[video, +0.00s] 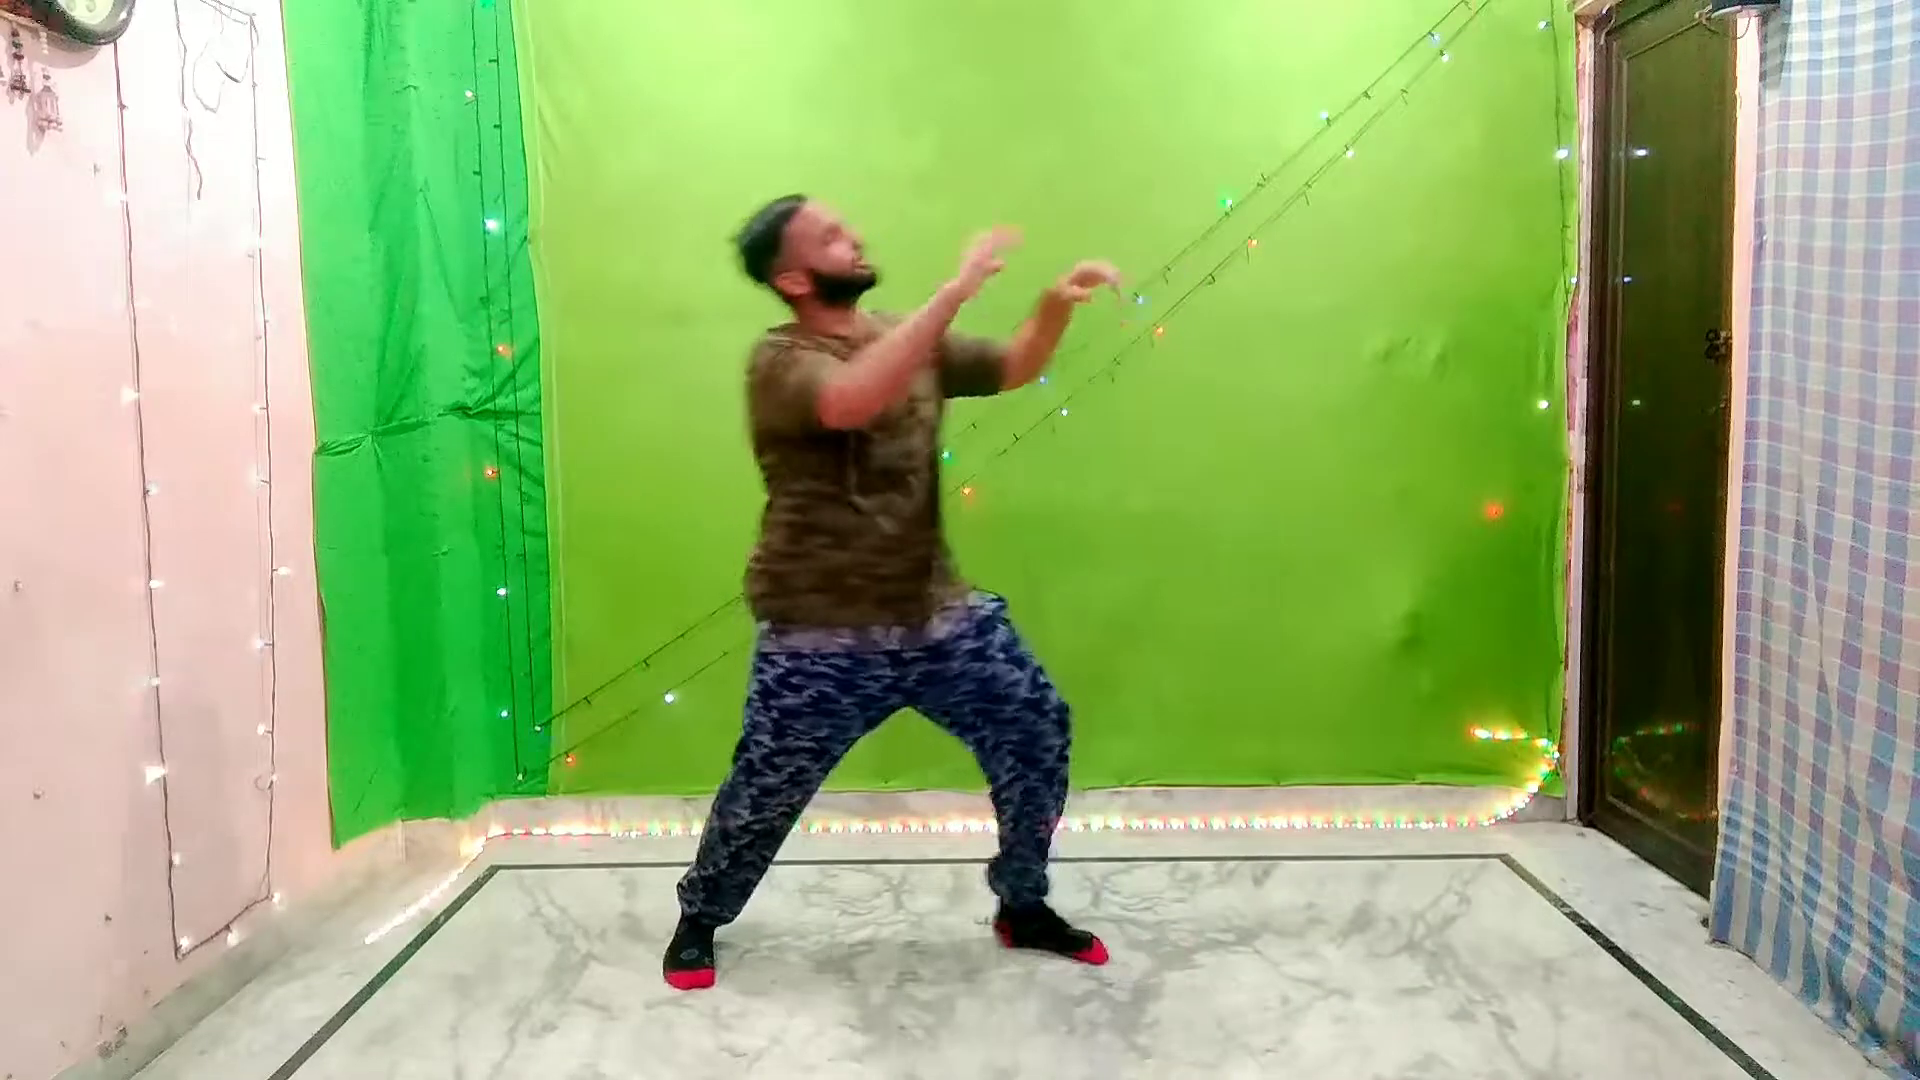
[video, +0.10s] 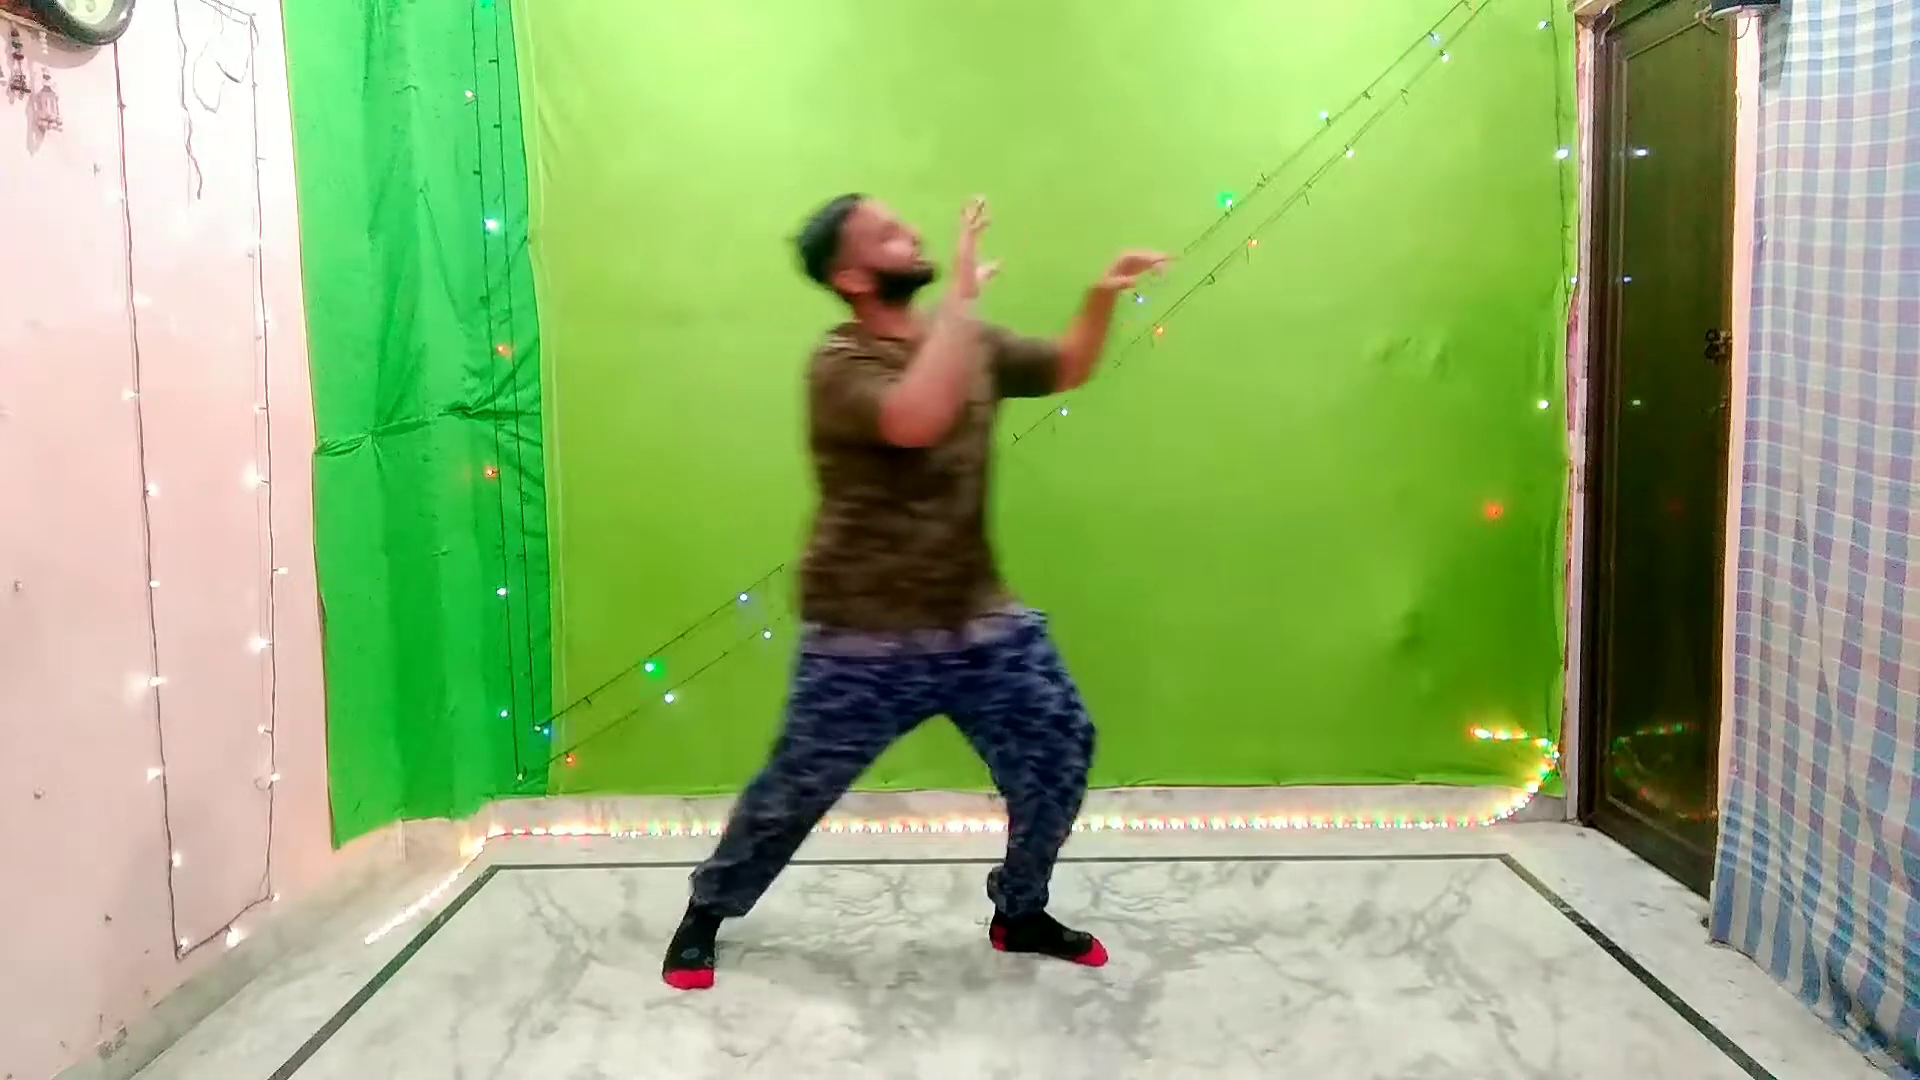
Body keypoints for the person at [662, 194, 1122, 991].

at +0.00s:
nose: (850, 235)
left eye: (840, 223)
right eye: (827, 235)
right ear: (791, 281)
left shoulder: (905, 337)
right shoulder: (781, 363)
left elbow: (1012, 366)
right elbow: (852, 398)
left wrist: (1054, 308)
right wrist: (952, 294)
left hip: (933, 612)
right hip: (820, 626)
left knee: (1035, 727)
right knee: (766, 791)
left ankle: (1022, 905)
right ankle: (697, 924)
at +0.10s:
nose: (908, 236)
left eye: (901, 226)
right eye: (885, 234)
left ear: (907, 249)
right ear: (847, 277)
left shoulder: (962, 340)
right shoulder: (840, 367)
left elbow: (1065, 368)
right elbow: (916, 418)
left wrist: (1102, 297)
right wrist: (960, 298)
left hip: (974, 617)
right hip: (866, 629)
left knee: (1057, 745)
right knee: (796, 789)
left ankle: (1021, 911)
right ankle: (704, 918)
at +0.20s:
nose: (954, 231)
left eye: (943, 220)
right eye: (929, 230)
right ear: (895, 277)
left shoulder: (1001, 338)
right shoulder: (885, 367)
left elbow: (1105, 367)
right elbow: (967, 417)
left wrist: (1139, 290)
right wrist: (990, 281)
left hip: (1012, 619)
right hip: (910, 630)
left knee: (1078, 751)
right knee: (847, 783)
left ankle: (1022, 914)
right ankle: (723, 905)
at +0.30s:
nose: (1012, 224)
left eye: (1001, 214)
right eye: (989, 224)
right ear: (956, 273)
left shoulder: (1045, 334)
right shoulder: (948, 360)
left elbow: (1155, 366)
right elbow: (1040, 403)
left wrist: (1184, 287)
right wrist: (1062, 267)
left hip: (1063, 612)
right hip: (973, 620)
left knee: (1107, 761)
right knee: (981, 778)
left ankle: (1024, 910)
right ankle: (866, 882)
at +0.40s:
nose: (1051, 223)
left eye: (1040, 212)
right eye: (1028, 221)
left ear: (1014, 265)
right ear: (995, 269)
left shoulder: (1078, 333)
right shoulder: (988, 355)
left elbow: (1185, 369)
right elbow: (1080, 389)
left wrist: (1209, 292)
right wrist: (1125, 261)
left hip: (1092, 609)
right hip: (1020, 616)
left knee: (1124, 769)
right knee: (1097, 769)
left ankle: (1027, 910)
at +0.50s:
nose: (1105, 219)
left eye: (1095, 208)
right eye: (1083, 216)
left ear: (1064, 258)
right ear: (1048, 260)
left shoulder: (1122, 326)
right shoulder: (1049, 341)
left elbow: (1225, 377)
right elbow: (1158, 358)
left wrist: (1245, 296)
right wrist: (1222, 224)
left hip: (1130, 604)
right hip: (1080, 610)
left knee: (1133, 774)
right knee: (1190, 745)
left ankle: (1030, 908)